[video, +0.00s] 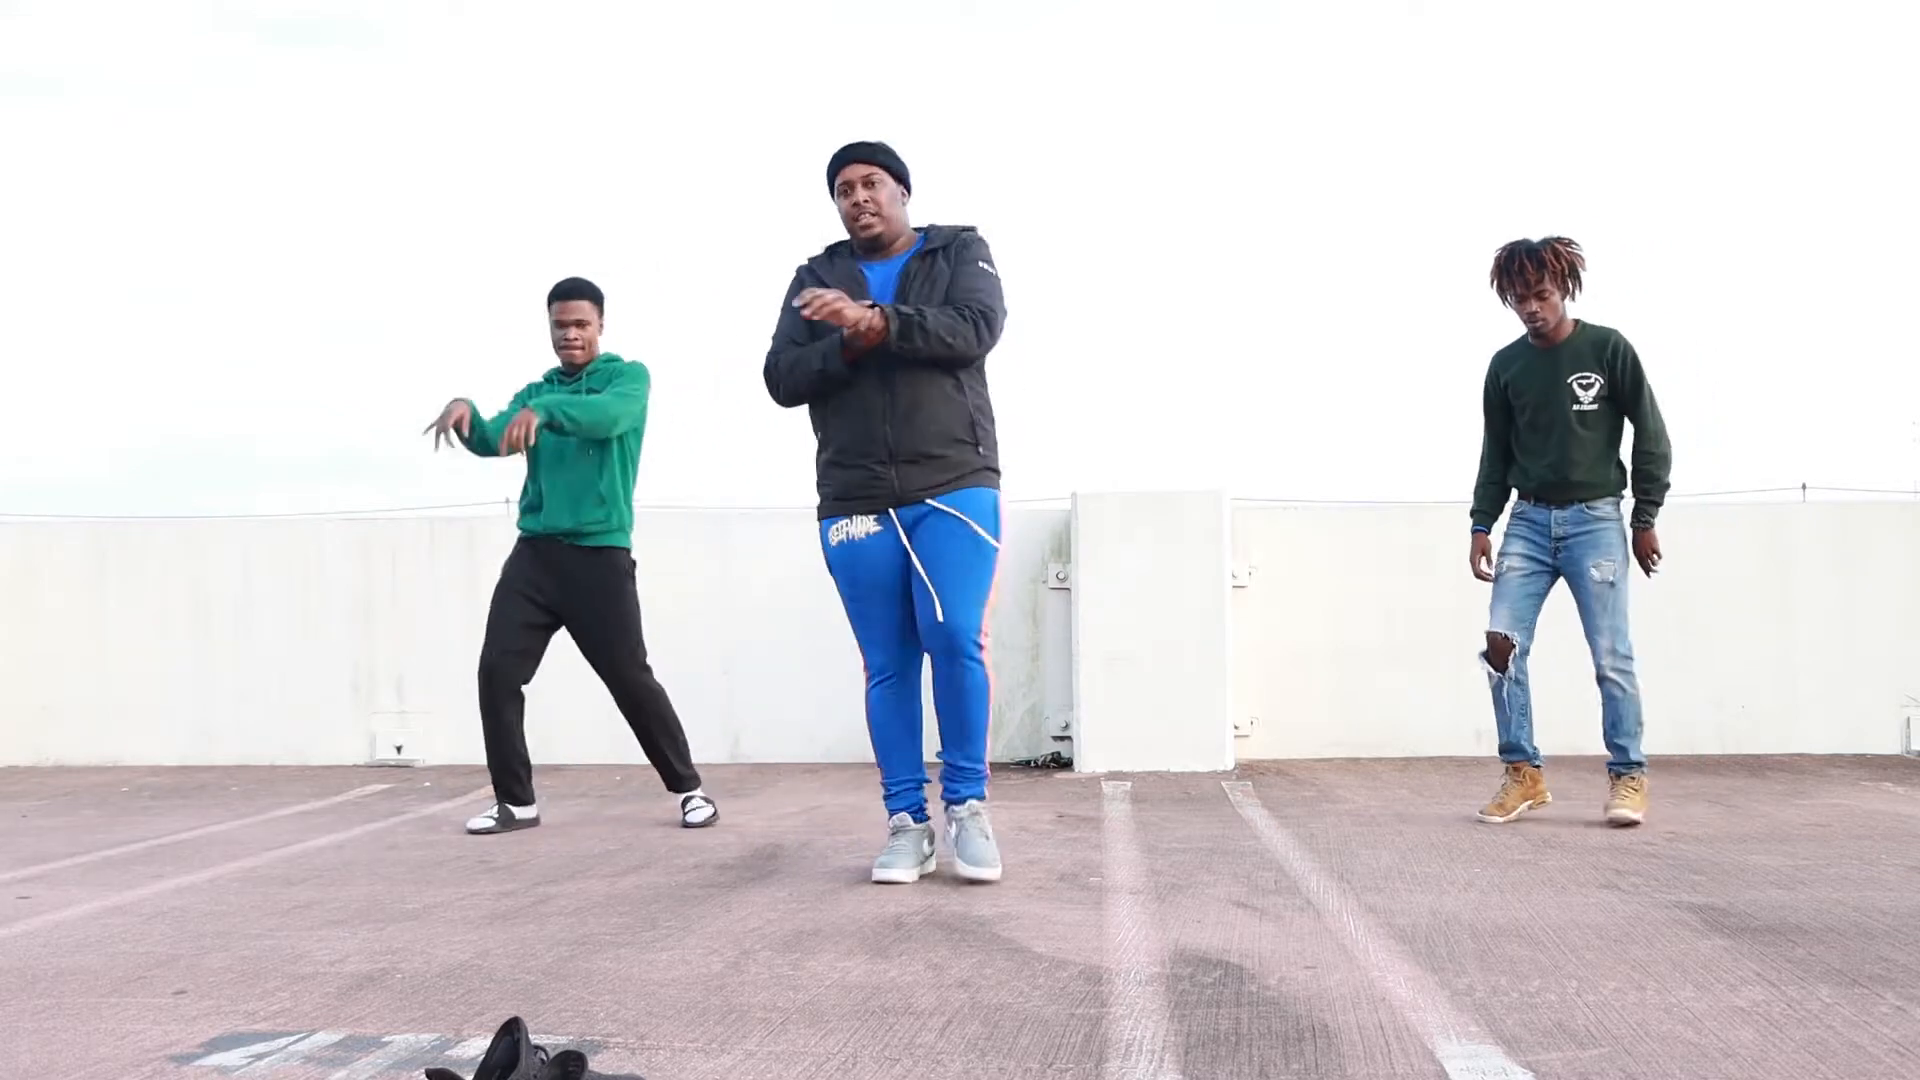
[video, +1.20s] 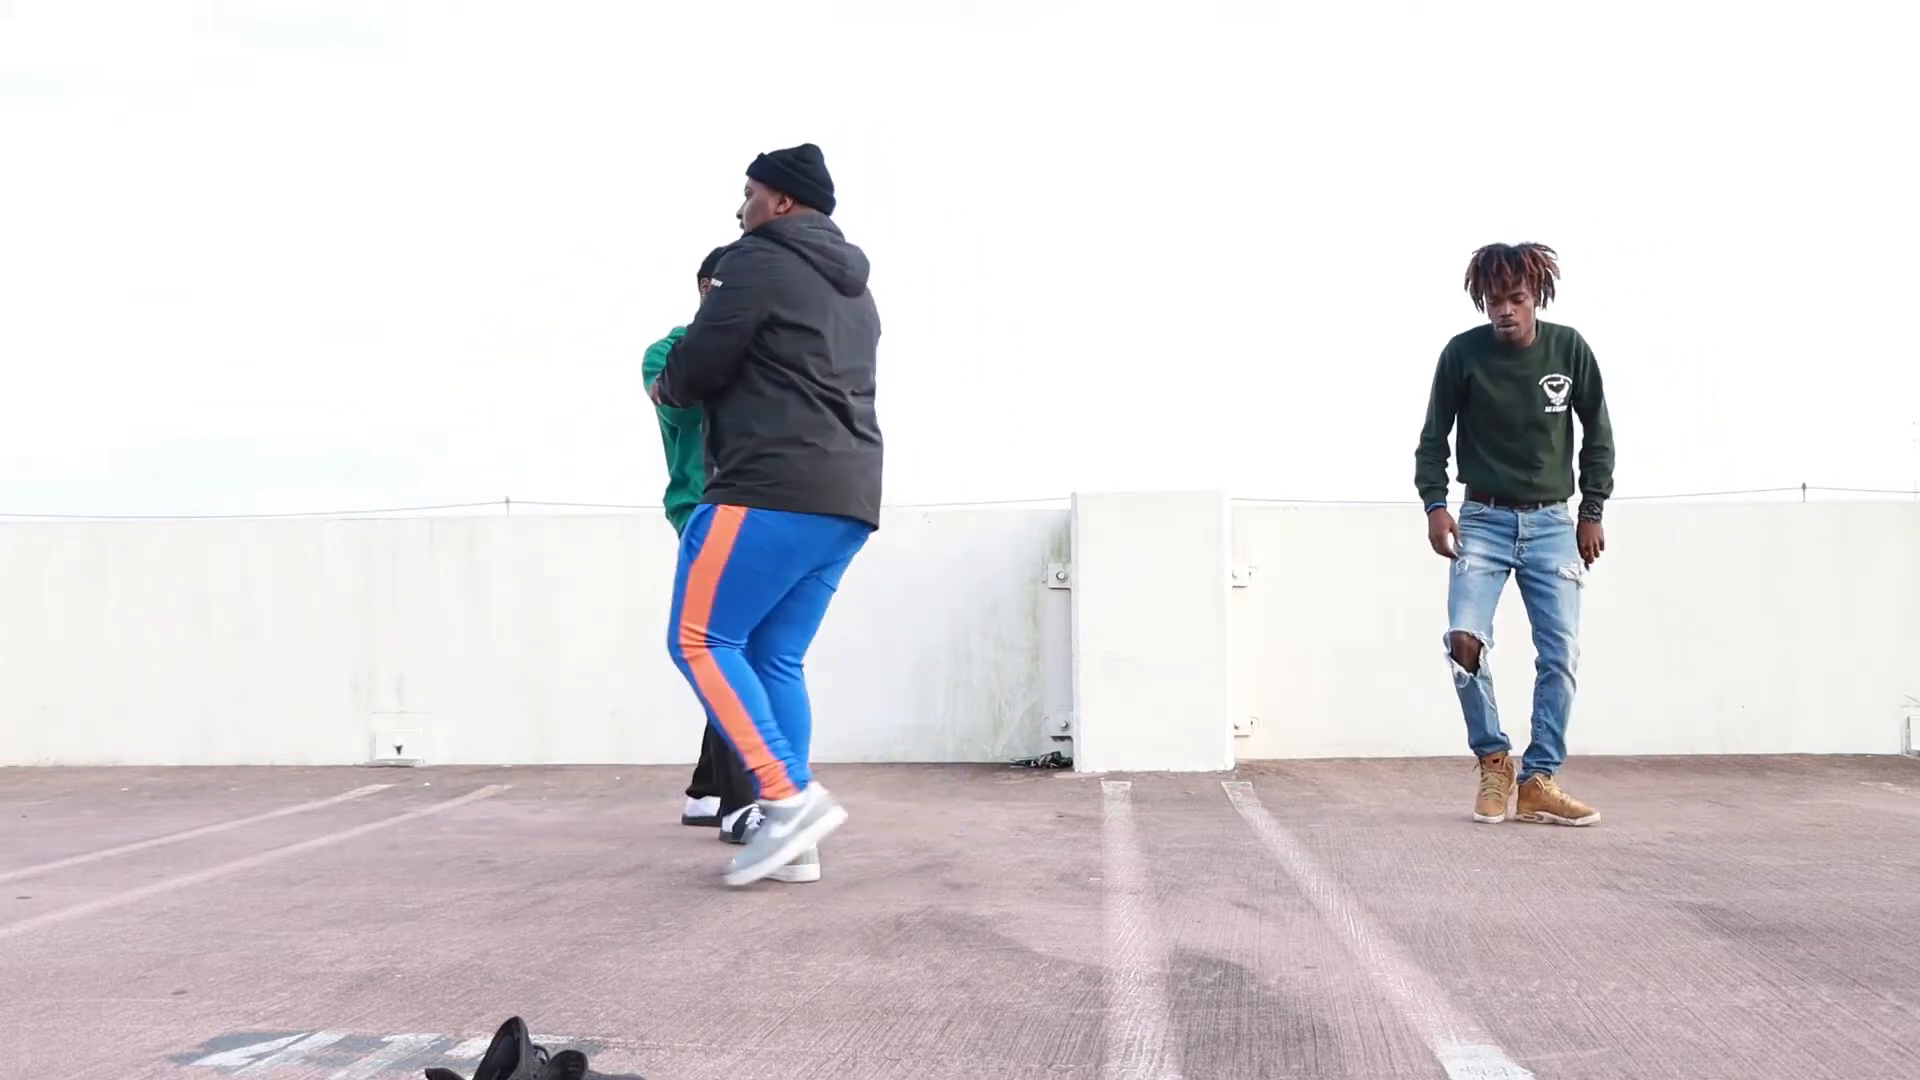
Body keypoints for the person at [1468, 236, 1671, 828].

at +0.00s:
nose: (1531, 308)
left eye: (1540, 294)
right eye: (1519, 300)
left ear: (1565, 287)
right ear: (1509, 301)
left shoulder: (1609, 348)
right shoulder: (1504, 366)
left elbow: (1651, 435)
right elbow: (1496, 456)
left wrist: (1644, 519)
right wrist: (1481, 526)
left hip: (1596, 520)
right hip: (1527, 524)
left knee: (1610, 655)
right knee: (1501, 646)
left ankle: (1627, 778)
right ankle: (1523, 774)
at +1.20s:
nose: (1502, 311)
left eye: (1512, 299)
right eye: (1492, 300)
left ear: (1536, 296)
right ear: (1481, 302)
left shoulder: (1568, 348)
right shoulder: (1462, 353)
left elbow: (1597, 432)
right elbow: (1434, 437)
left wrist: (1591, 512)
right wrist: (1436, 506)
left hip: (1553, 525)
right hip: (1481, 522)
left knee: (1561, 654)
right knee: (1464, 644)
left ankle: (1537, 781)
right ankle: (1494, 763)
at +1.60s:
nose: (1486, 310)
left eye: (1497, 297)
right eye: (1476, 299)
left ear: (1522, 292)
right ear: (1466, 299)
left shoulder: (1559, 342)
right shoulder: (1455, 352)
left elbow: (1591, 426)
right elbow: (1442, 435)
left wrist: (1593, 505)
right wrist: (1431, 506)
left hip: (1543, 518)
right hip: (1474, 518)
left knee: (1540, 654)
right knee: (1459, 641)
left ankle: (1534, 775)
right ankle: (1495, 762)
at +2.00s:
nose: (1469, 302)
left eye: (1479, 289)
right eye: (1460, 292)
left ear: (1509, 286)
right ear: (1453, 295)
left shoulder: (1547, 341)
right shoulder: (1451, 353)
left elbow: (1567, 435)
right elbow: (1444, 437)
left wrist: (1533, 487)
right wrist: (1436, 516)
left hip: (1531, 515)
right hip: (1469, 516)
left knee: (1527, 643)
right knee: (1474, 649)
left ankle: (1532, 772)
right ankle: (1499, 770)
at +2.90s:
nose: (1481, 318)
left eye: (1490, 304)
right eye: (1473, 308)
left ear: (1524, 291)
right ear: (1469, 304)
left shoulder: (1566, 333)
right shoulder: (1485, 366)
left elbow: (1558, 418)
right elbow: (1486, 460)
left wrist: (1490, 423)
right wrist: (1430, 467)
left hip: (1562, 516)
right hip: (1505, 519)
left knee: (1557, 656)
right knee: (1468, 650)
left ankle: (1571, 787)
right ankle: (1505, 765)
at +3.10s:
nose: (1476, 313)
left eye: (1485, 299)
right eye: (1469, 302)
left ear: (1521, 289)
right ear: (1465, 298)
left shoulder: (1561, 330)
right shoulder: (1478, 362)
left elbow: (1554, 411)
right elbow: (1473, 451)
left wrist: (1488, 407)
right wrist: (1416, 446)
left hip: (1558, 515)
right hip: (1500, 517)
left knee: (1558, 655)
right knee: (1464, 648)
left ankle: (1571, 789)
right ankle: (1473, 781)